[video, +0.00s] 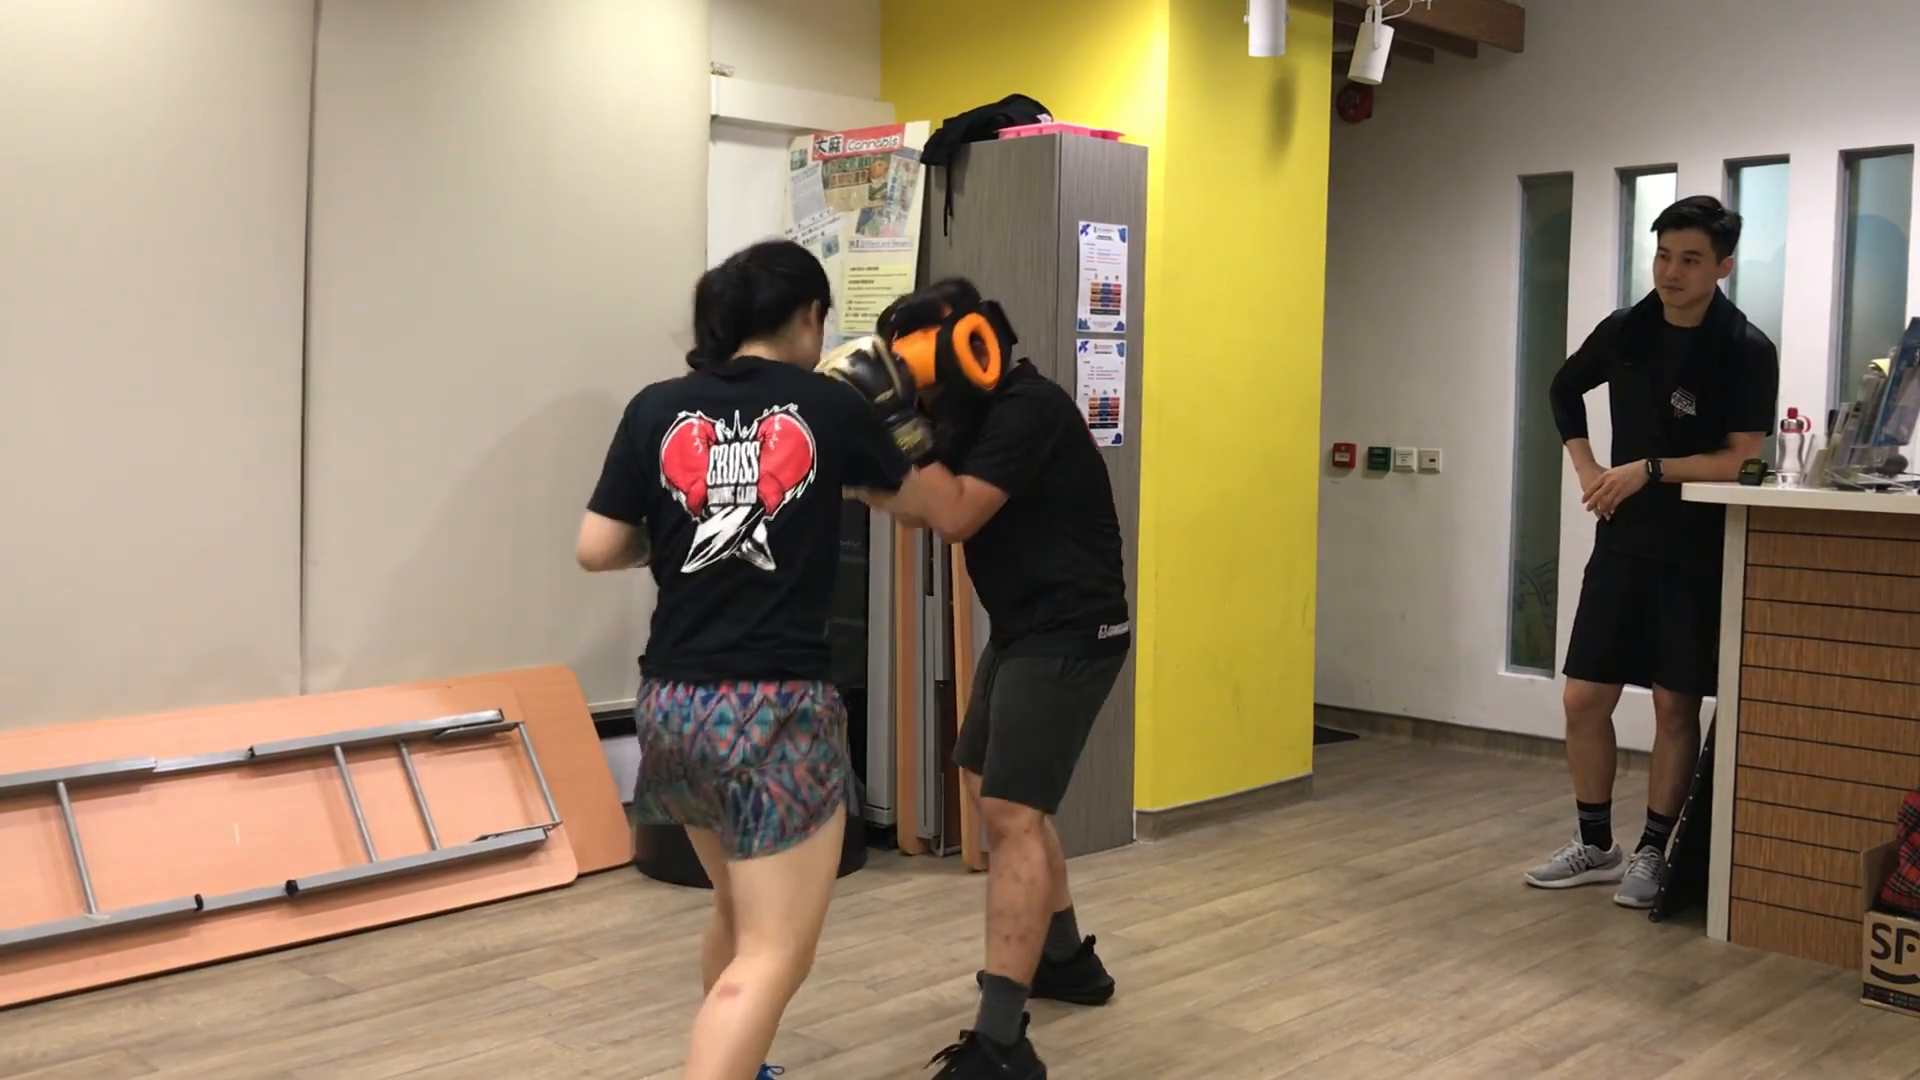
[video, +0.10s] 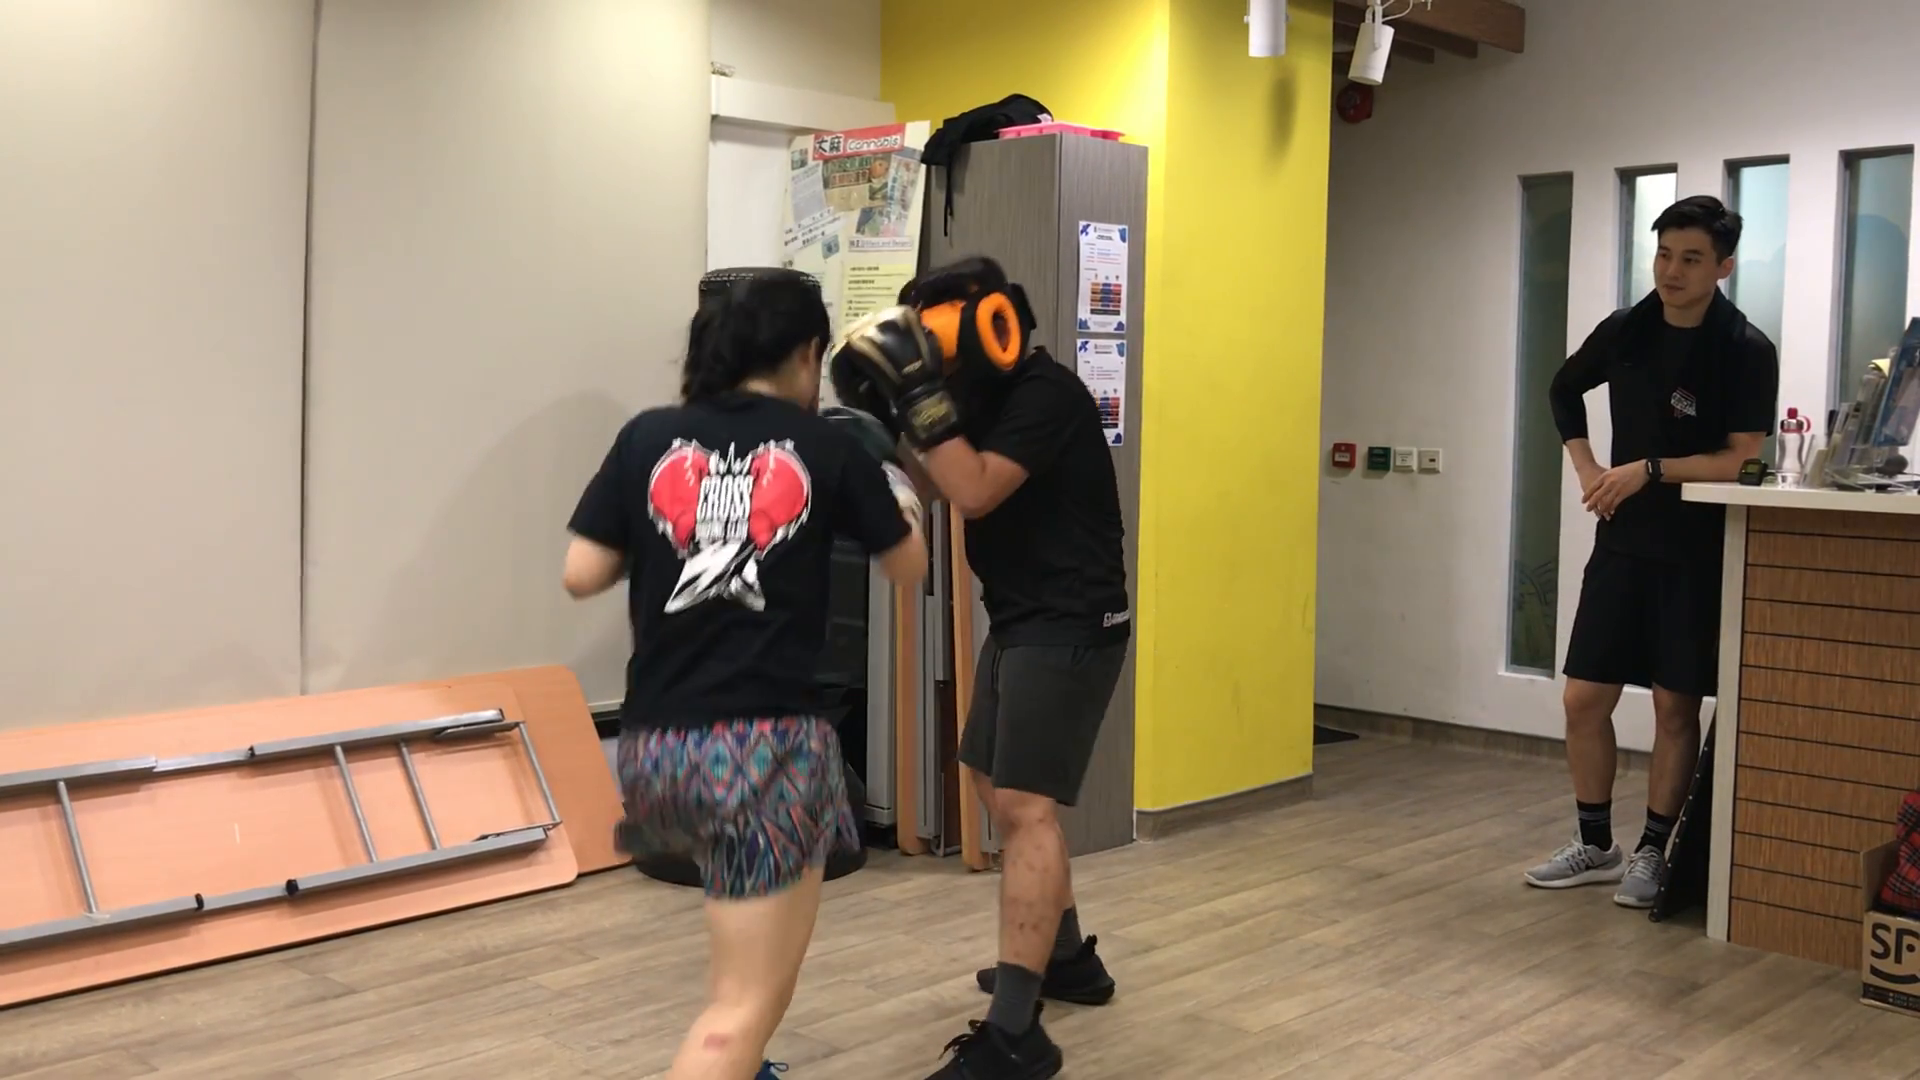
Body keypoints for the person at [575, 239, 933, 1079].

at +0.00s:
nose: (824, 335)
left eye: (825, 322)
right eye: (822, 320)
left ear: (725, 321)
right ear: (805, 318)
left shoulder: (655, 408)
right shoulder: (826, 404)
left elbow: (596, 548)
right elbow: (917, 497)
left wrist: (675, 521)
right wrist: (837, 472)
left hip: (670, 702)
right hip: (778, 707)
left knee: (732, 906)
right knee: (769, 956)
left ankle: (733, 1062)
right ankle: (703, 1070)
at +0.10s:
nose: (821, 370)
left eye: (820, 355)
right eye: (819, 354)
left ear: (713, 352)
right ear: (799, 354)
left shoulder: (647, 436)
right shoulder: (825, 445)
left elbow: (582, 573)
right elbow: (908, 566)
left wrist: (657, 529)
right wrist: (901, 500)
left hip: (654, 747)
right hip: (770, 745)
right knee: (735, 1015)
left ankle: (738, 1062)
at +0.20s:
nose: (823, 388)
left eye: (820, 371)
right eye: (822, 371)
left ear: (722, 369)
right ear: (805, 375)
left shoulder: (645, 459)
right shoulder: (820, 475)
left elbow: (575, 591)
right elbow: (896, 608)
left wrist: (660, 560)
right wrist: (900, 512)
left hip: (645, 768)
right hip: (756, 769)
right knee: (745, 1019)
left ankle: (751, 1062)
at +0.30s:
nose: (834, 377)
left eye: (834, 361)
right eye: (834, 360)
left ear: (737, 358)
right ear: (815, 361)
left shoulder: (658, 444)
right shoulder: (810, 462)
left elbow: (540, 522)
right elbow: (891, 589)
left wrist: (645, 508)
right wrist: (900, 506)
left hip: (641, 744)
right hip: (743, 745)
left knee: (799, 860)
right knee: (720, 1014)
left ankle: (751, 1047)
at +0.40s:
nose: (849, 362)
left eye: (848, 345)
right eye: (846, 344)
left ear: (756, 341)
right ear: (821, 344)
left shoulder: (685, 426)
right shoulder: (778, 434)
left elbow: (568, 431)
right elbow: (794, 541)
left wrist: (648, 455)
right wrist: (883, 515)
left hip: (662, 718)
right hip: (719, 726)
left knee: (795, 861)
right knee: (713, 992)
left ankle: (727, 1039)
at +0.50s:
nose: (853, 346)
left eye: (847, 329)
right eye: (846, 329)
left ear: (780, 339)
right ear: (819, 336)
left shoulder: (786, 434)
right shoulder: (759, 432)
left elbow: (701, 400)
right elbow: (646, 511)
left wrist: (700, 404)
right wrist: (735, 523)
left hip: (736, 707)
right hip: (696, 705)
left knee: (782, 878)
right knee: (711, 949)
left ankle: (715, 1043)